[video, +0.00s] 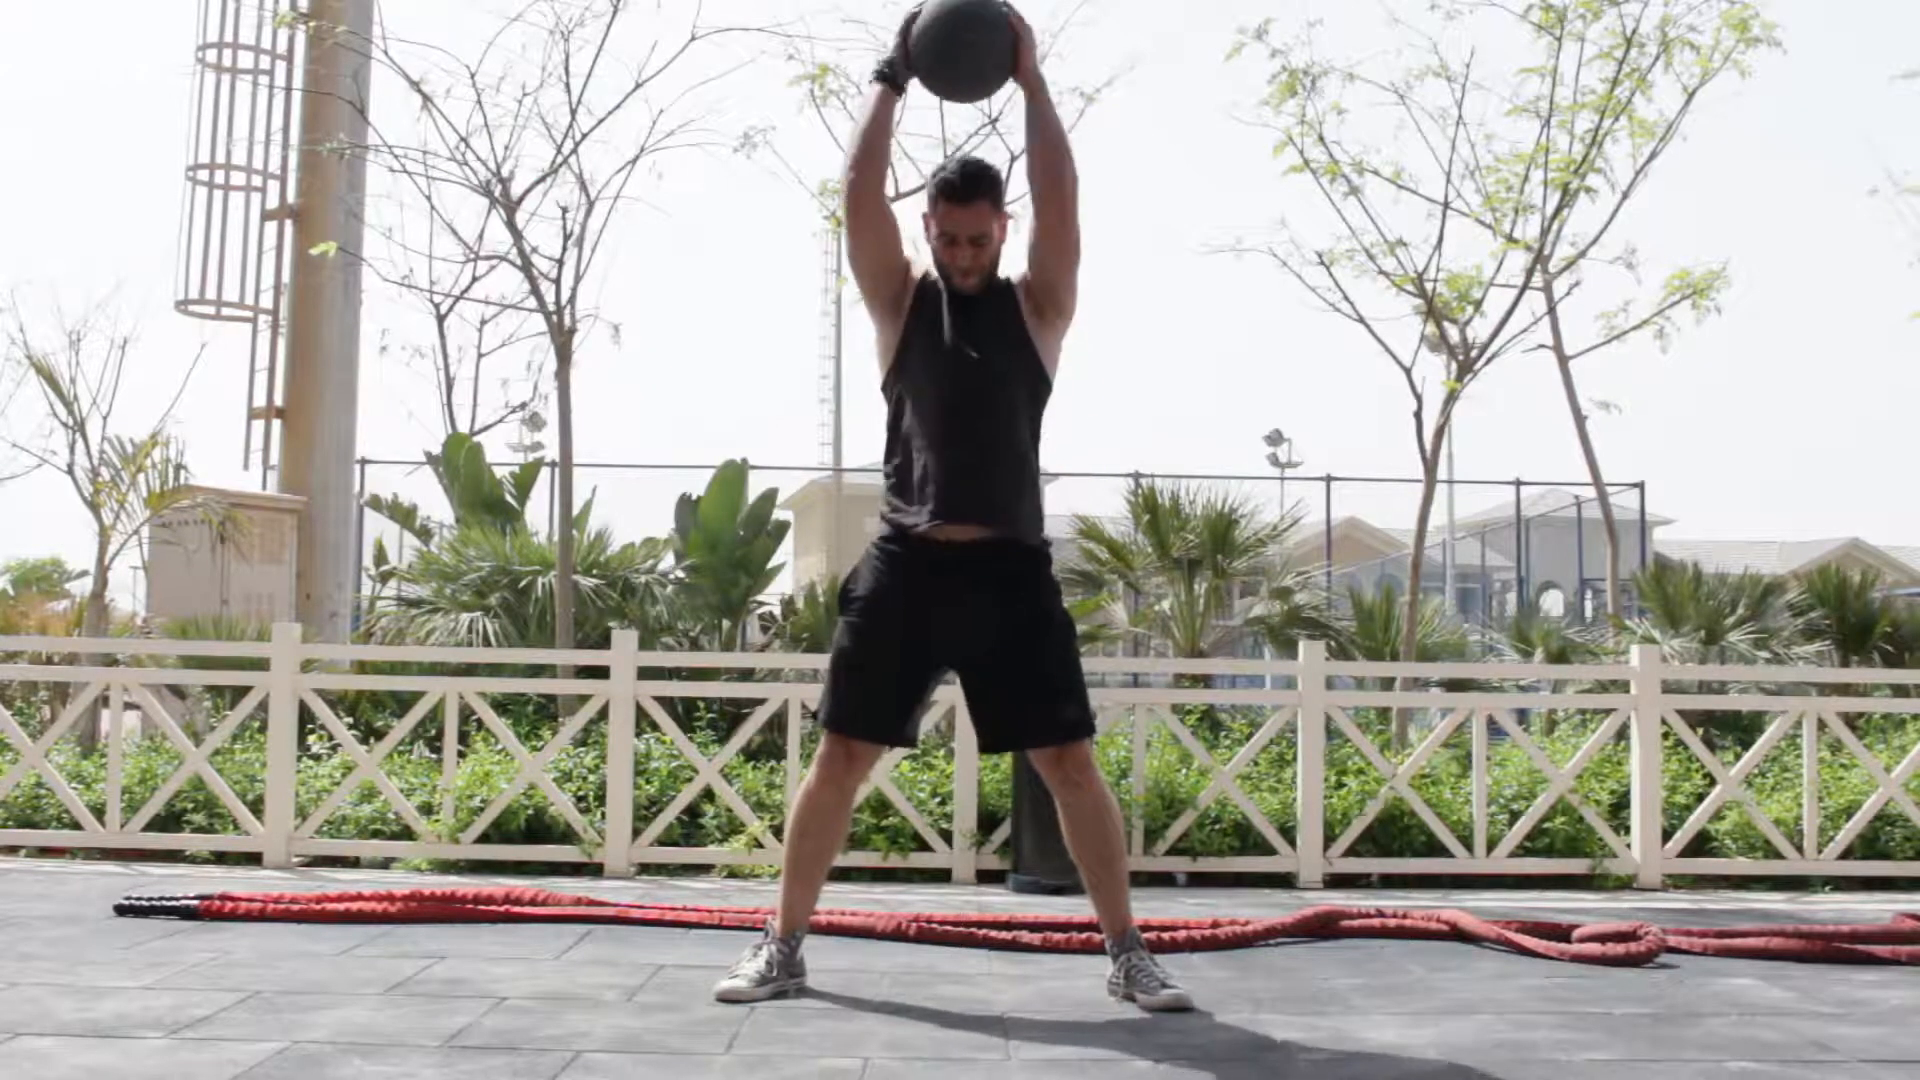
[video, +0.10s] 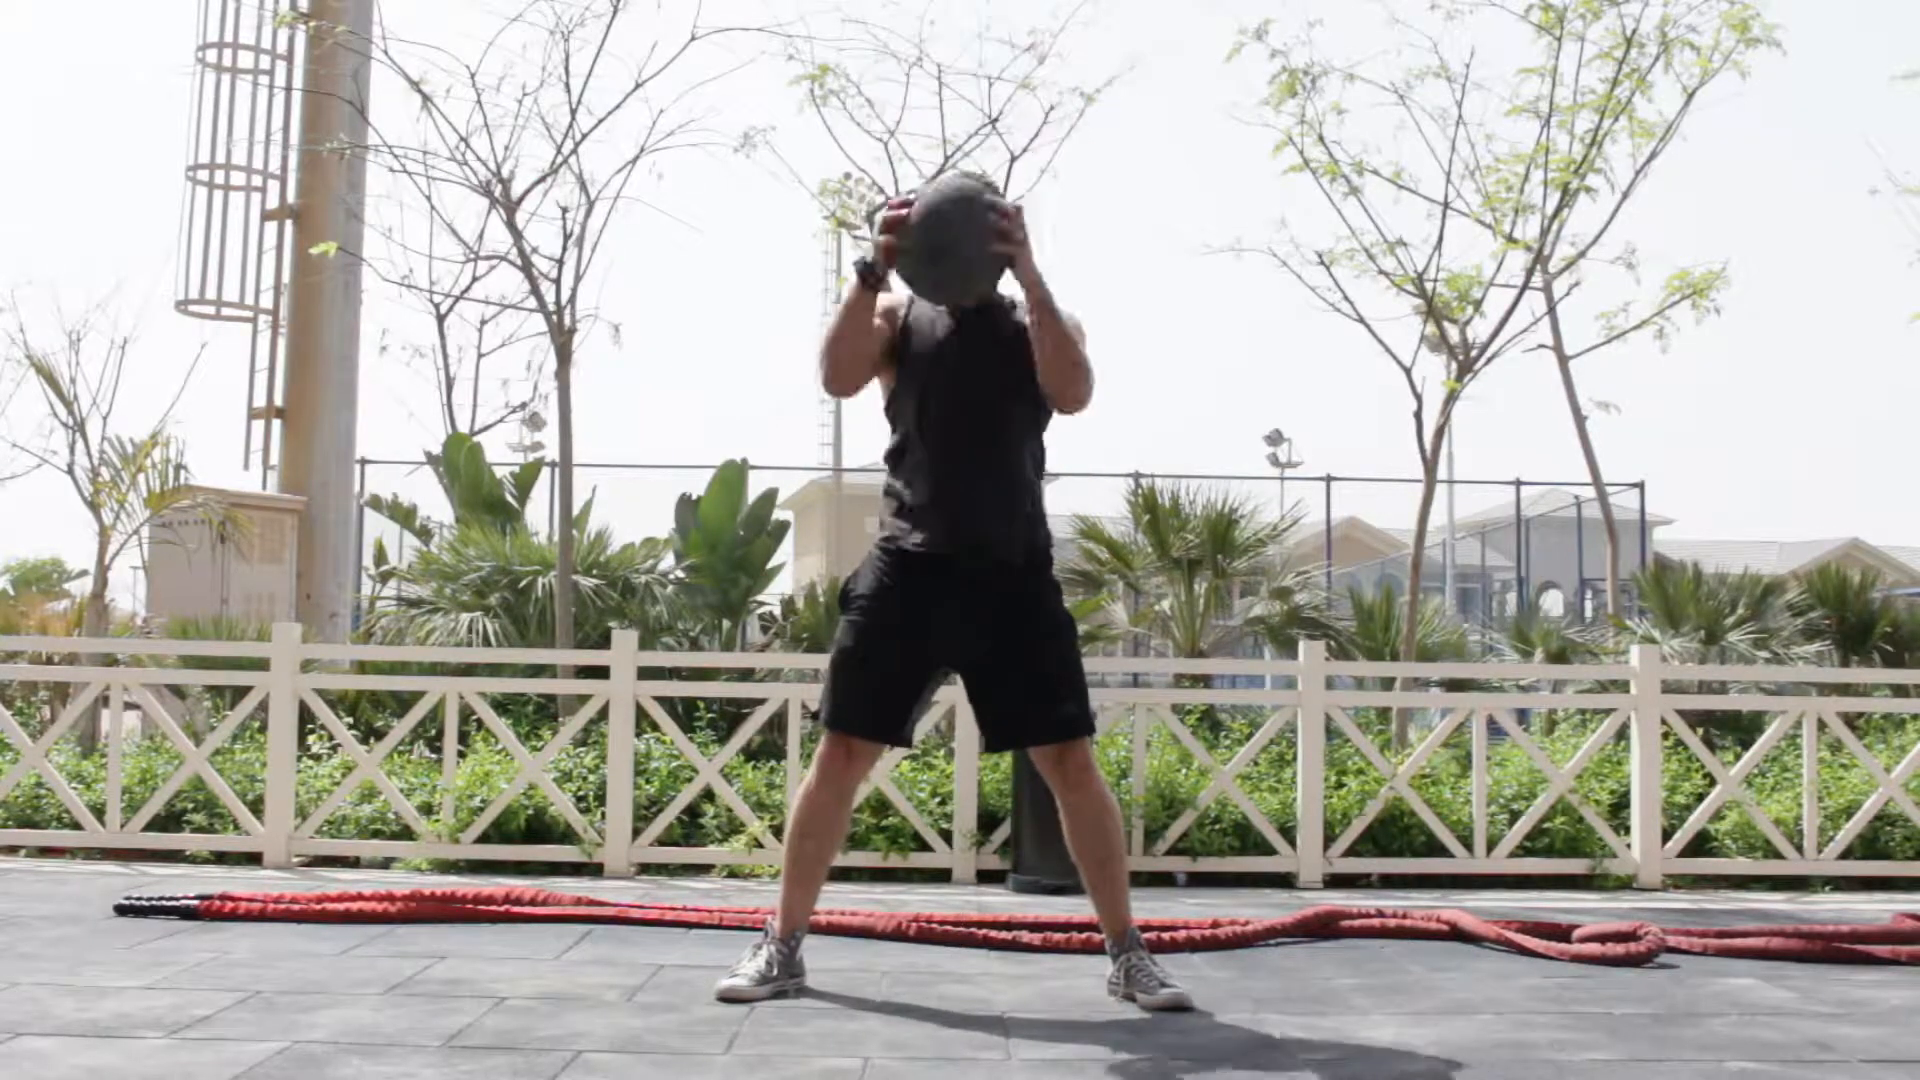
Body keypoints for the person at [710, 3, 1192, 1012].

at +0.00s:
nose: (965, 242)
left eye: (979, 228)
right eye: (950, 228)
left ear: (1005, 228)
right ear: (925, 229)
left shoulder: (1037, 312)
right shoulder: (901, 306)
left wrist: (1030, 75)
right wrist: (892, 76)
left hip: (1013, 569)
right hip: (906, 565)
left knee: (1069, 760)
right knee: (841, 756)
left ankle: (1127, 953)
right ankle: (782, 948)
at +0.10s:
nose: (962, 243)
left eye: (978, 225)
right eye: (948, 224)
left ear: (1001, 238)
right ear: (919, 238)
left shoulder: (1034, 322)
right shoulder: (898, 314)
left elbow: (1071, 395)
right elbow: (839, 376)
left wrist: (1028, 275)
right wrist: (875, 270)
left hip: (1013, 573)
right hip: (908, 567)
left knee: (1070, 758)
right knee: (842, 750)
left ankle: (1128, 952)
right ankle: (781, 946)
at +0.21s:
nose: (963, 274)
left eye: (977, 258)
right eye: (950, 258)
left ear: (1003, 249)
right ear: (927, 250)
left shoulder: (1047, 350)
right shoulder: (887, 346)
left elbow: (1090, 465)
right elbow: (841, 452)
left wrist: (1060, 529)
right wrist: (854, 522)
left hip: (1015, 580)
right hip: (902, 579)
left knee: (1072, 757)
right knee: (840, 751)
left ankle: (1128, 953)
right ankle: (781, 946)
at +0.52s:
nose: (957, 400)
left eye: (973, 384)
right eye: (942, 382)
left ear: (998, 359)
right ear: (917, 354)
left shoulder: (1043, 430)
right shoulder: (870, 432)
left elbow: (1074, 562)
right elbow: (834, 551)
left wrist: (1064, 681)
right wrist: (833, 669)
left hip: (1014, 626)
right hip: (904, 625)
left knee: (1101, 752)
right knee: (811, 743)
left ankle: (1132, 953)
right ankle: (780, 944)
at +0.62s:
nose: (951, 510)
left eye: (968, 495)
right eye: (937, 493)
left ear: (994, 467)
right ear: (915, 461)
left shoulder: (1037, 529)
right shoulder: (868, 528)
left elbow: (1048, 682)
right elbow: (838, 667)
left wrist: (1028, 806)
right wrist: (826, 797)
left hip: (1011, 679)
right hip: (906, 675)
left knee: (1112, 759)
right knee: (792, 753)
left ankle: (1132, 953)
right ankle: (779, 949)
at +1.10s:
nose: (948, 445)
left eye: (964, 428)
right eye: (933, 426)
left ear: (988, 414)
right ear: (909, 409)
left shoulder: (1032, 487)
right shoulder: (860, 494)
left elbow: (1039, 614)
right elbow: (857, 614)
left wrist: (1013, 714)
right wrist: (876, 709)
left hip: (1005, 668)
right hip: (892, 667)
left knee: (1107, 752)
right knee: (782, 748)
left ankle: (1134, 955)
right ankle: (779, 948)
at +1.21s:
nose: (954, 327)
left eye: (970, 310)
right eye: (940, 309)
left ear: (994, 309)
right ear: (915, 304)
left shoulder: (1038, 402)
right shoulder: (867, 409)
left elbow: (1056, 511)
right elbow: (856, 519)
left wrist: (1032, 578)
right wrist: (883, 584)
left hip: (1009, 591)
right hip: (895, 592)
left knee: (1086, 741)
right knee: (810, 738)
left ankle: (1132, 952)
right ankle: (779, 948)